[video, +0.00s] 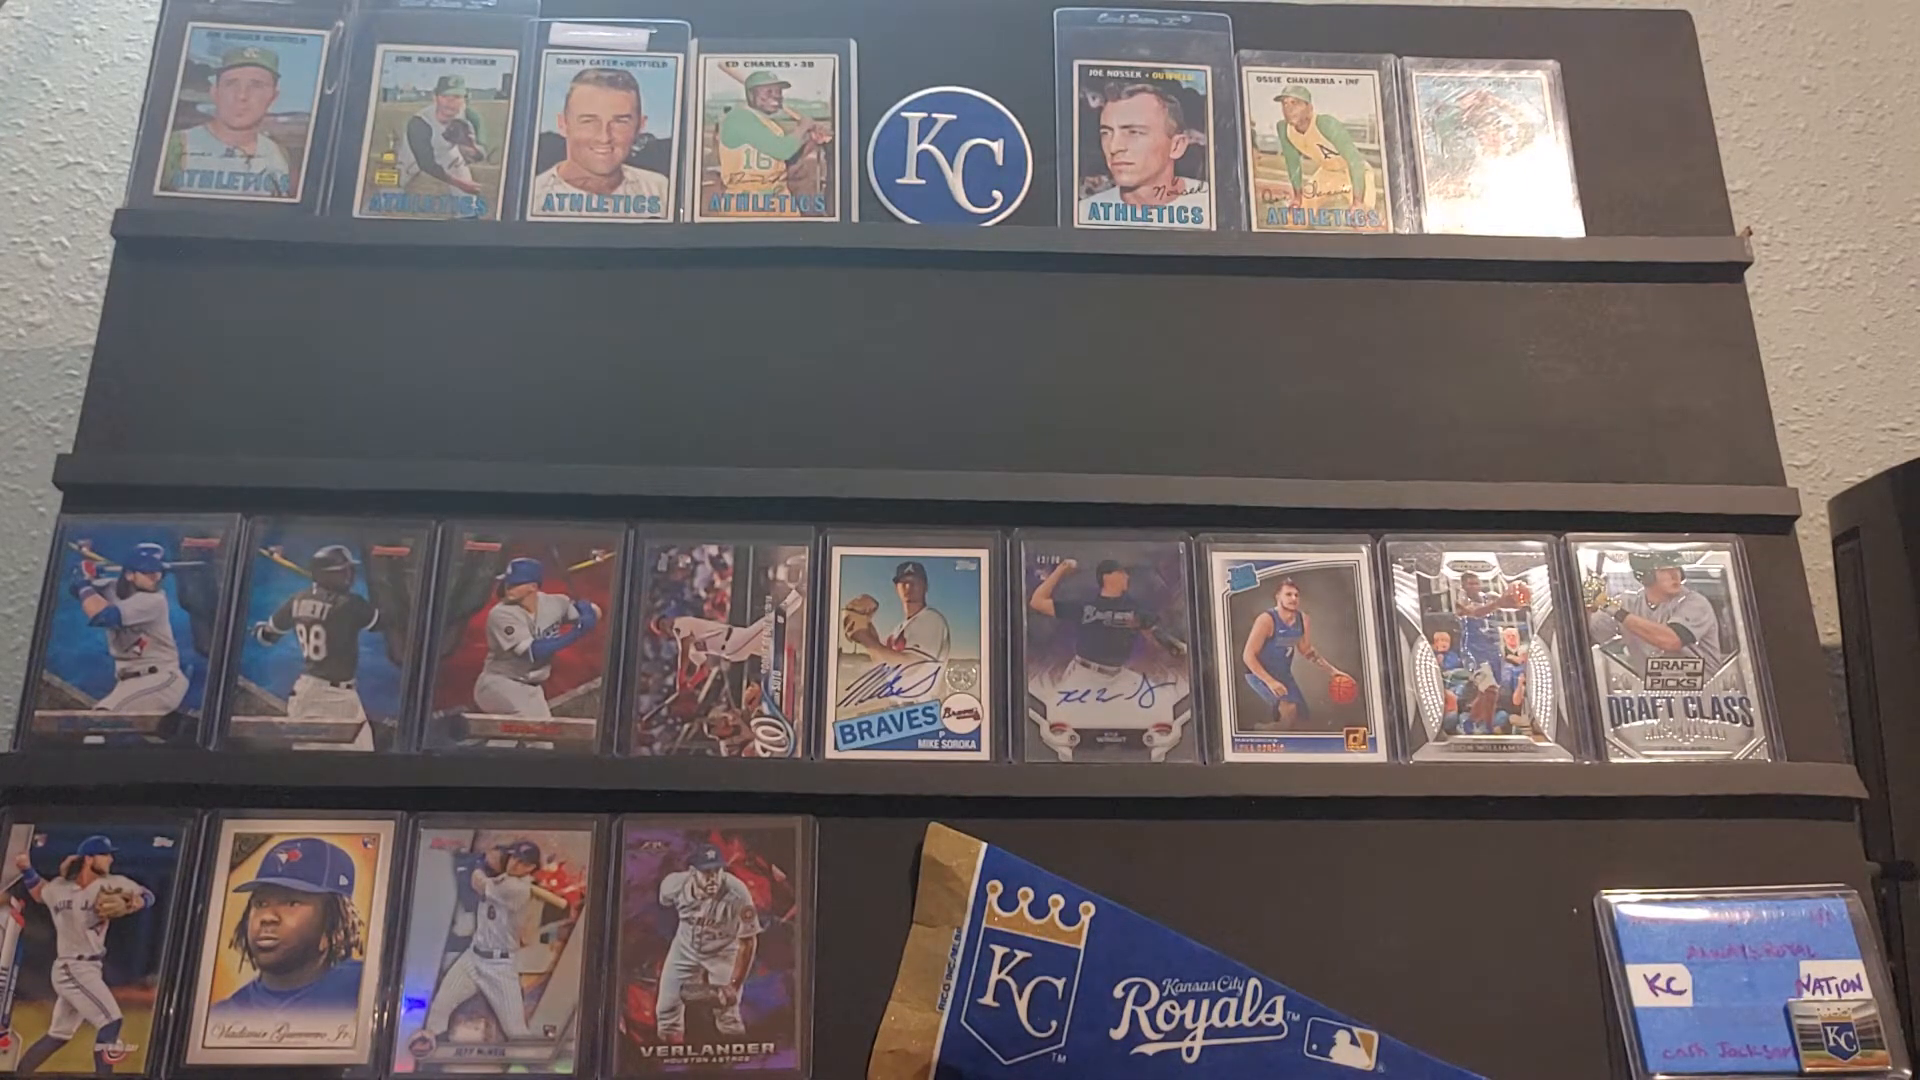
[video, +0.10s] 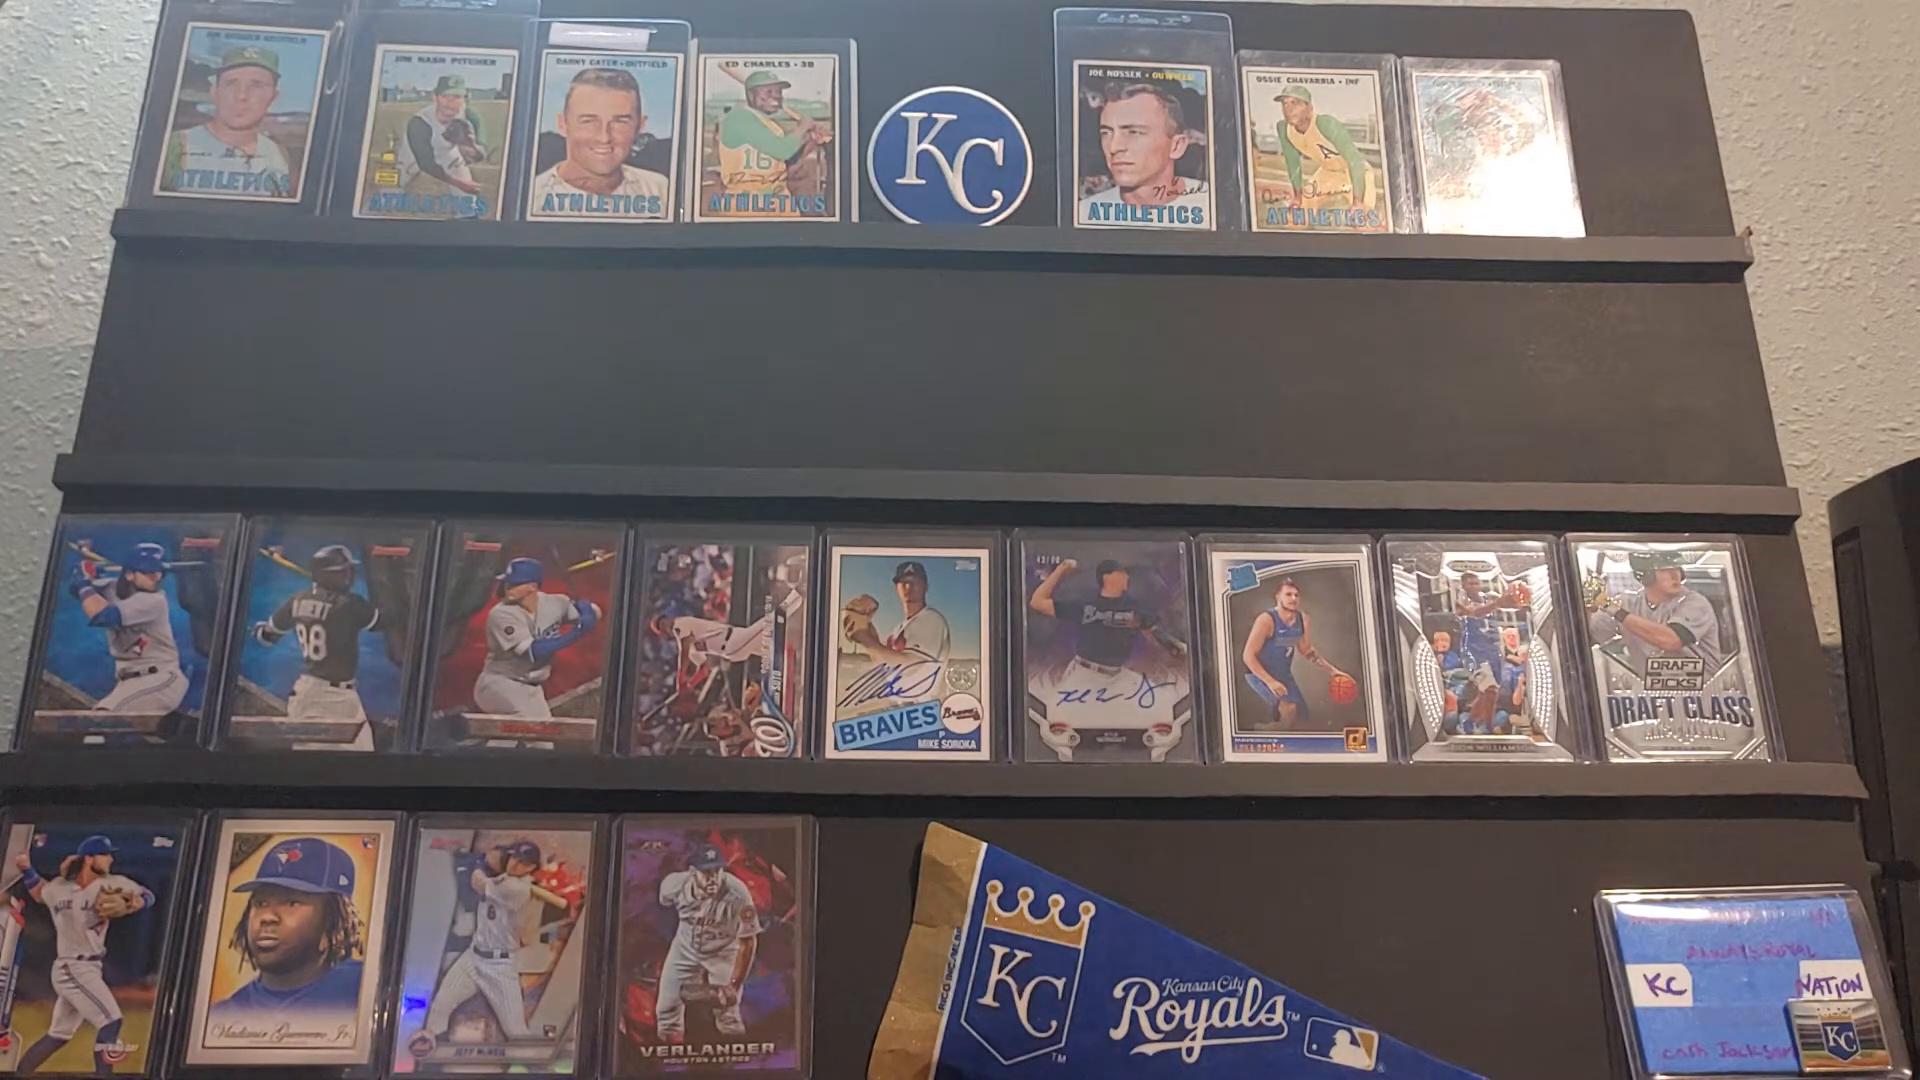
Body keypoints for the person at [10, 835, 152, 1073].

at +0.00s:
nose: (110, 860)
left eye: (110, 855)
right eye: (105, 855)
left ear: (95, 861)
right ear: (89, 859)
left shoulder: (111, 884)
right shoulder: (58, 888)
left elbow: (149, 896)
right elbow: (39, 892)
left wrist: (134, 904)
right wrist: (27, 870)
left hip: (91, 968)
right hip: (71, 968)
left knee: (58, 1035)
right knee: (111, 1020)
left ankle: (19, 1073)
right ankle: (104, 1074)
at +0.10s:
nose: (110, 860)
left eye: (110, 855)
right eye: (105, 855)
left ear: (95, 861)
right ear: (89, 859)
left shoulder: (111, 884)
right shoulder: (58, 888)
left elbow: (149, 896)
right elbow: (39, 892)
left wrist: (134, 904)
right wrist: (27, 870)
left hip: (90, 968)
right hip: (71, 968)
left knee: (58, 1035)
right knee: (111, 1020)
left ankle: (19, 1072)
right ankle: (104, 1074)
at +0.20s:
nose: (110, 859)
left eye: (110, 855)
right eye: (105, 855)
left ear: (95, 861)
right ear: (89, 859)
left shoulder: (112, 884)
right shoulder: (58, 888)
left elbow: (149, 896)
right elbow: (39, 892)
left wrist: (134, 904)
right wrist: (27, 870)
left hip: (90, 968)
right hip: (71, 968)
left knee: (58, 1035)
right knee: (111, 1020)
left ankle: (19, 1072)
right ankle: (104, 1074)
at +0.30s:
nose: (110, 859)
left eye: (110, 855)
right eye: (105, 855)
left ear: (95, 861)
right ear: (89, 859)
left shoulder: (112, 884)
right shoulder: (58, 888)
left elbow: (149, 896)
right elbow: (39, 892)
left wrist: (134, 903)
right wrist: (27, 869)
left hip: (90, 968)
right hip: (71, 968)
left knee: (58, 1035)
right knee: (111, 1020)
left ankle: (19, 1072)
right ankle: (104, 1074)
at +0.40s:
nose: (110, 859)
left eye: (110, 855)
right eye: (105, 855)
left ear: (95, 861)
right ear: (89, 859)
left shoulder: (112, 884)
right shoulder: (58, 888)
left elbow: (149, 896)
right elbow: (39, 892)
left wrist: (135, 903)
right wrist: (27, 869)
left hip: (90, 968)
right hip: (71, 968)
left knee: (58, 1035)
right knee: (111, 1020)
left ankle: (19, 1073)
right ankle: (104, 1074)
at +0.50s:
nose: (110, 859)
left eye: (110, 855)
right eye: (105, 855)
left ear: (95, 861)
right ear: (89, 859)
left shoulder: (112, 884)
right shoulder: (58, 888)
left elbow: (149, 896)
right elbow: (39, 892)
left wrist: (134, 904)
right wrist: (27, 869)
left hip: (90, 968)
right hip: (71, 968)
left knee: (58, 1035)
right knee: (111, 1020)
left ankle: (19, 1072)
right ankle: (104, 1074)